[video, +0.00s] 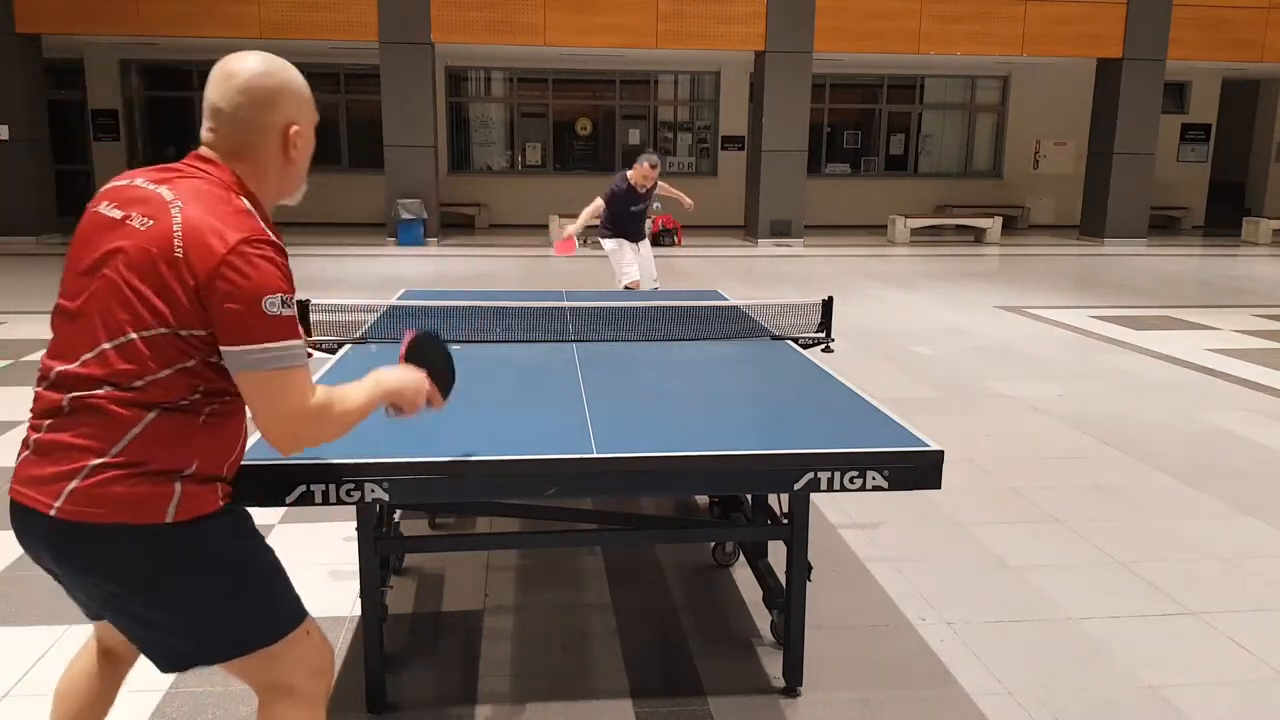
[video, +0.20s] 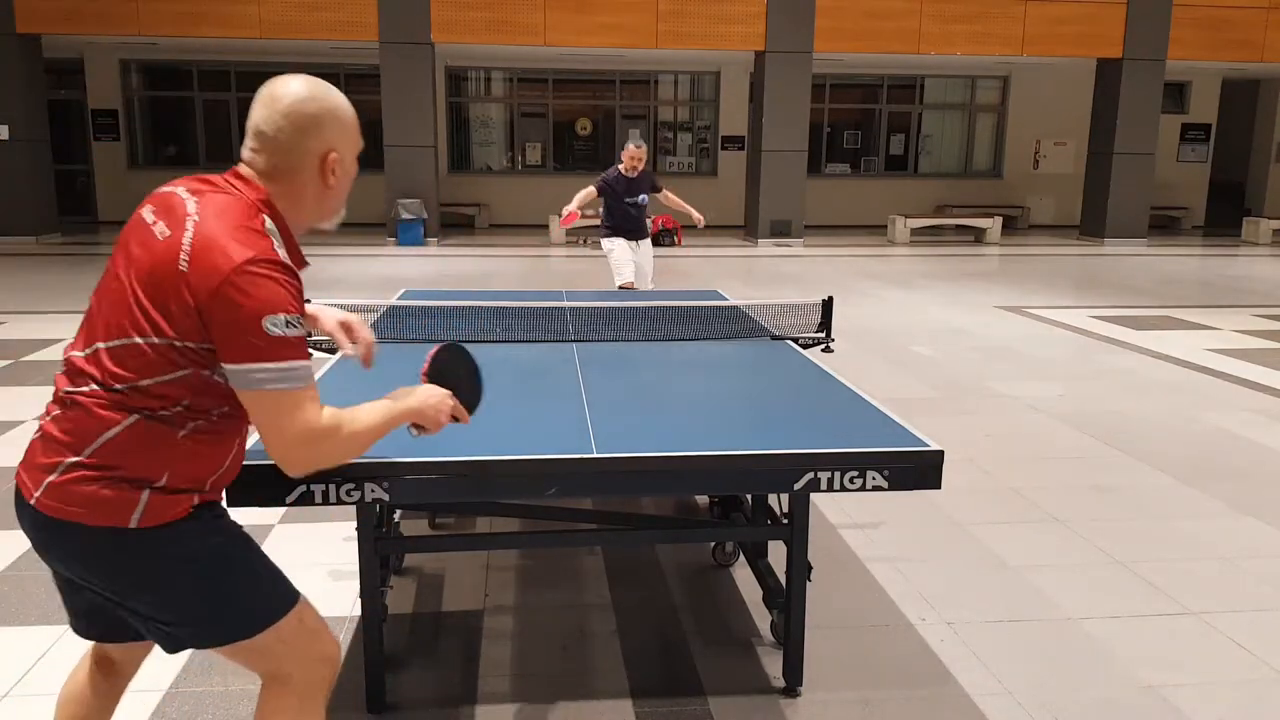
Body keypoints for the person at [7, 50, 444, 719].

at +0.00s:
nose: (313, 148)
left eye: (312, 132)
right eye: (311, 132)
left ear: (210, 124)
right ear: (291, 139)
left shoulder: (120, 192)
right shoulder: (237, 241)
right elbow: (293, 426)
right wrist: (384, 386)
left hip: (46, 497)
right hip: (148, 514)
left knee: (115, 641)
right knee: (301, 673)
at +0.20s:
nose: (353, 177)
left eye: (355, 162)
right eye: (354, 161)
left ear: (257, 145)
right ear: (328, 166)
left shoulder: (182, 196)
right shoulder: (247, 265)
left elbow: (213, 292)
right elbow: (301, 447)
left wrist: (306, 314)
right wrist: (406, 405)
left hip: (59, 486)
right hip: (132, 511)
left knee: (113, 654)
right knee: (307, 661)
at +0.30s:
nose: (379, 215)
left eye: (382, 201)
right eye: (381, 201)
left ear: (283, 173)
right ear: (356, 202)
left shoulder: (216, 220)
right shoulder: (269, 299)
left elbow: (243, 336)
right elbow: (315, 480)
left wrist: (353, 327)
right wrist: (422, 440)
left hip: (71, 487)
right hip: (124, 519)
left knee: (142, 636)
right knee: (308, 671)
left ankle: (73, 716)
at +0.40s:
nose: (402, 253)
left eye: (407, 239)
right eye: (404, 239)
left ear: (309, 207)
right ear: (376, 244)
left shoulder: (254, 244)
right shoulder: (267, 334)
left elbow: (339, 348)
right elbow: (241, 528)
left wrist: (393, 339)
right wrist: (376, 532)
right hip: (110, 527)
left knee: (165, 623)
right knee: (303, 668)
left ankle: (69, 713)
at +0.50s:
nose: (409, 279)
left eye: (412, 264)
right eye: (410, 264)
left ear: (320, 236)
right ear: (377, 273)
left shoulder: (285, 268)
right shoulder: (244, 358)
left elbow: (370, 351)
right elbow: (132, 529)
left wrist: (407, 343)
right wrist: (219, 655)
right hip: (94, 525)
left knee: (159, 640)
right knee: (299, 669)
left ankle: (65, 715)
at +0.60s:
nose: (394, 289)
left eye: (397, 275)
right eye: (394, 276)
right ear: (351, 284)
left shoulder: (267, 265)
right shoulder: (212, 371)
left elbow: (315, 306)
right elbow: (69, 513)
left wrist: (372, 321)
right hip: (110, 530)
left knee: (159, 649)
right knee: (285, 664)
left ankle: (56, 717)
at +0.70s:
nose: (356, 270)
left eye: (362, 259)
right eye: (352, 258)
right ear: (309, 257)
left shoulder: (241, 243)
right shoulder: (186, 353)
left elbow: (298, 248)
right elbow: (58, 497)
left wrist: (352, 283)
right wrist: (4, 652)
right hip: (116, 524)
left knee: (142, 651)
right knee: (280, 662)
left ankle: (51, 715)